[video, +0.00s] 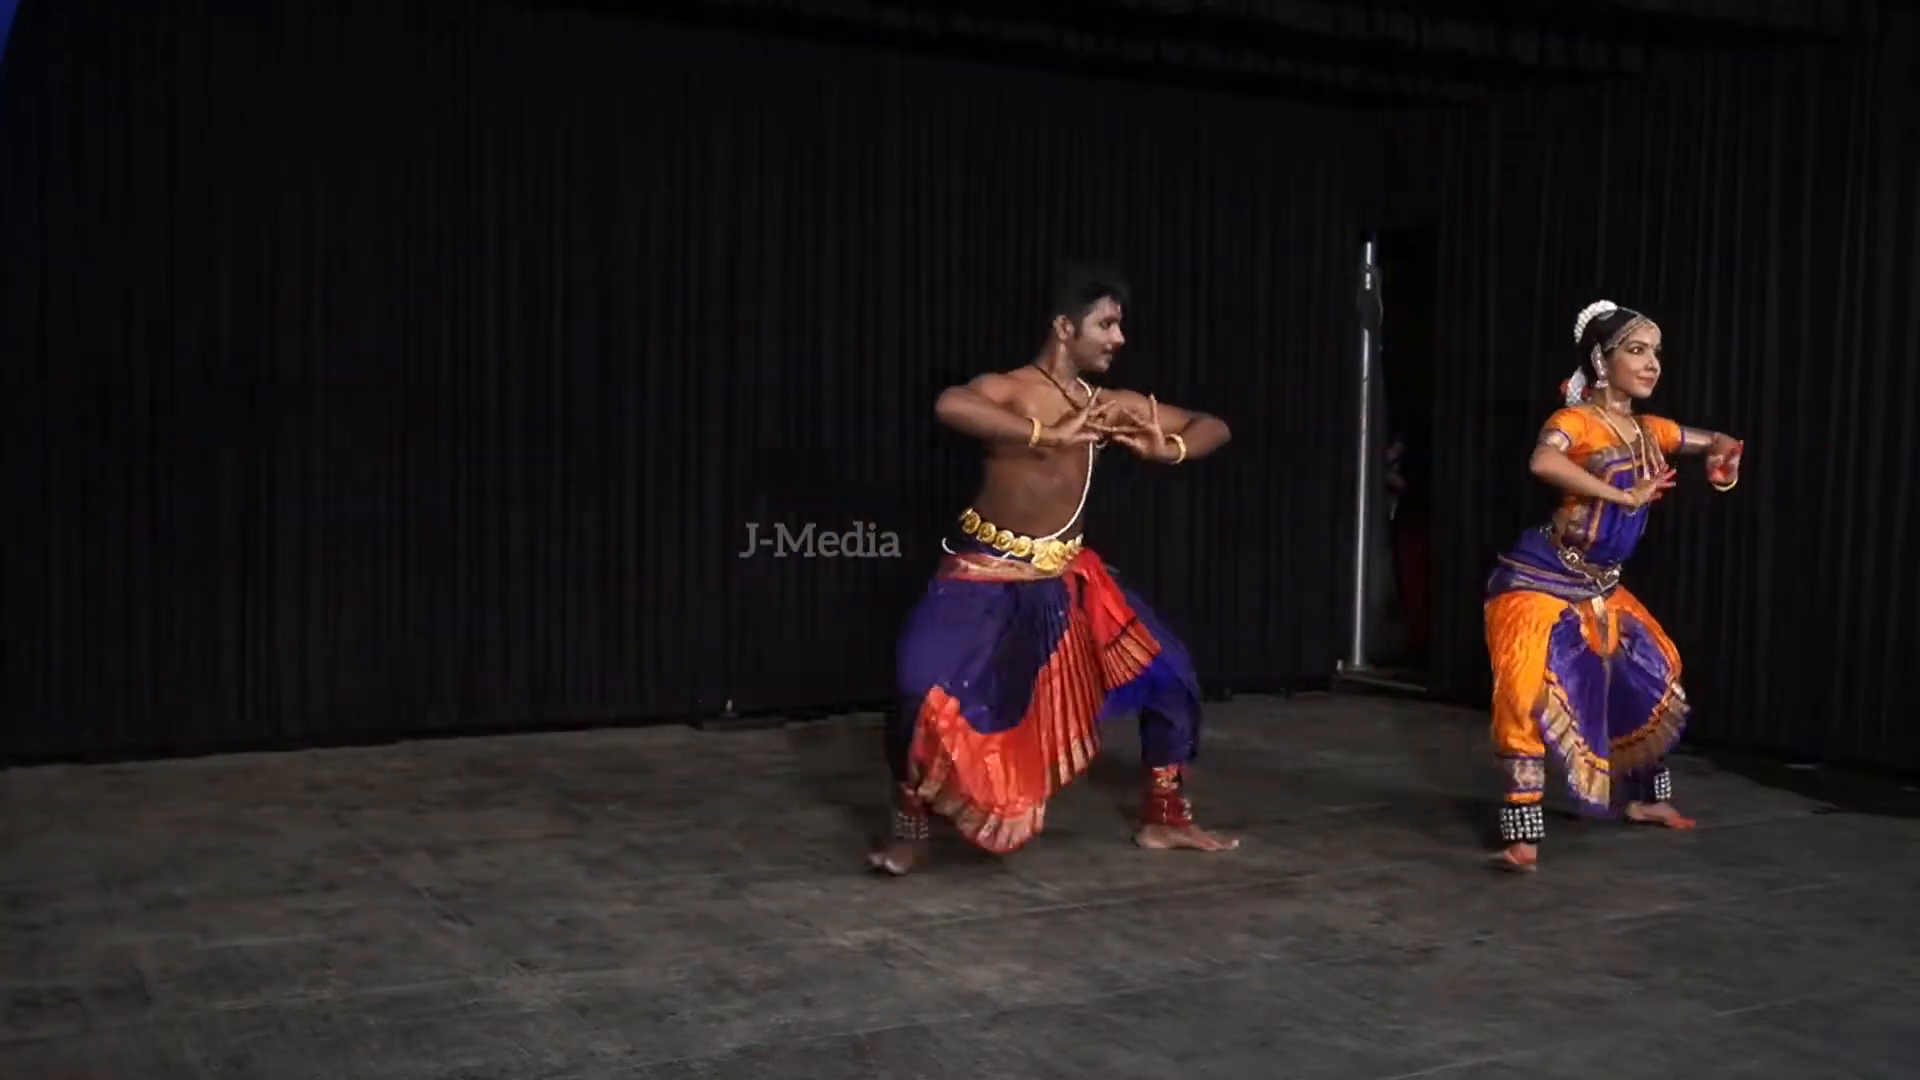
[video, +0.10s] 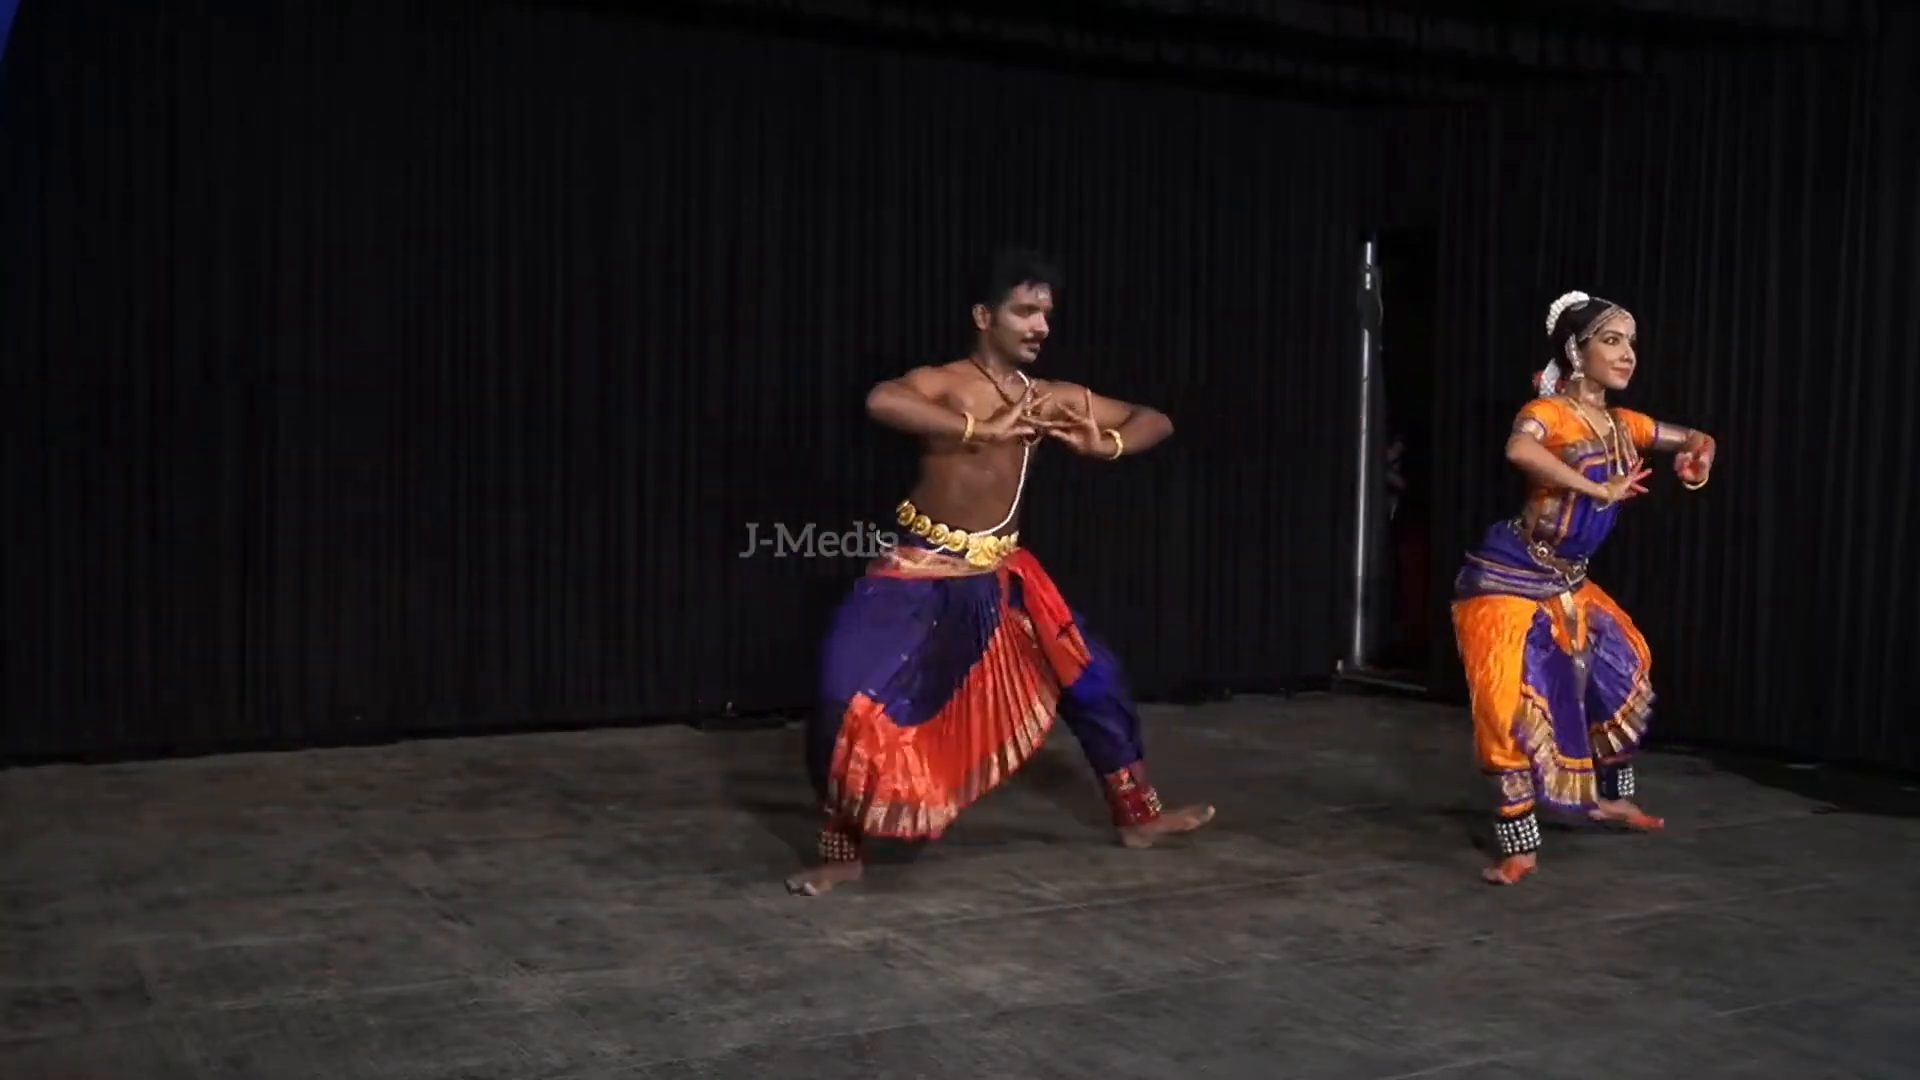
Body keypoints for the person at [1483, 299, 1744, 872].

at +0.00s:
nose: (1651, 362)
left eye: (1656, 352)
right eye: (1637, 350)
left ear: (1658, 364)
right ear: (1602, 360)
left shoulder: (1652, 430)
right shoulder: (1577, 421)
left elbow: (1718, 441)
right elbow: (1544, 462)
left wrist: (1724, 456)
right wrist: (1621, 494)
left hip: (1600, 588)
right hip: (1540, 580)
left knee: (1656, 666)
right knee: (1522, 685)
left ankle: (1647, 795)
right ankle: (1522, 830)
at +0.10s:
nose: (1626, 353)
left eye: (1631, 343)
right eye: (1612, 340)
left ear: (1632, 353)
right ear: (1576, 350)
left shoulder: (1624, 424)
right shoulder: (1548, 412)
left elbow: (1696, 439)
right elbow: (1520, 450)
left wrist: (1699, 455)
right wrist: (1594, 488)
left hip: (1566, 585)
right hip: (1506, 579)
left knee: (1627, 659)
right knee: (1501, 697)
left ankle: (1610, 794)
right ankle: (1520, 840)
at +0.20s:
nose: (1599, 348)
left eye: (1603, 338)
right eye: (1584, 335)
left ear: (1604, 350)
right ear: (1547, 345)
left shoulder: (1597, 421)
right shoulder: (1520, 407)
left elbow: (1667, 434)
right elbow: (1492, 442)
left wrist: (1672, 451)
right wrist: (1569, 480)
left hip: (1538, 584)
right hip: (1477, 580)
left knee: (1602, 670)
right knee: (1490, 706)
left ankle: (1526, 766)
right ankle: (1518, 846)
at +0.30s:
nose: (1568, 342)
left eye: (1572, 332)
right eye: (1553, 329)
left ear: (1572, 344)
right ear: (1515, 342)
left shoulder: (1569, 419)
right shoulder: (1488, 403)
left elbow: (1645, 433)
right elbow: (1459, 438)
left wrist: (1644, 453)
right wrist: (1542, 473)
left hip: (1508, 590)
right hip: (1448, 585)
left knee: (1552, 705)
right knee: (1486, 712)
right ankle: (1516, 848)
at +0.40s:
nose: (1537, 340)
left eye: (1539, 328)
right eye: (1520, 327)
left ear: (1538, 342)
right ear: (1483, 341)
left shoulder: (1538, 420)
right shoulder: (1455, 405)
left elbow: (1619, 435)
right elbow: (1421, 436)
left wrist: (1614, 453)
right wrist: (1505, 468)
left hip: (1480, 592)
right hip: (1420, 584)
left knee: (1494, 717)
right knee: (1459, 716)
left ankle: (1374, 818)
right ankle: (1504, 832)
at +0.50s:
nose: (1507, 336)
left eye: (1509, 325)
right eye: (1491, 324)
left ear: (1506, 341)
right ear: (1453, 338)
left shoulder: (1509, 419)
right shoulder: (1424, 402)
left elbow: (1590, 437)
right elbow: (1387, 434)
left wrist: (1586, 454)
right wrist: (1470, 467)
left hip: (1457, 592)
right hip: (1395, 582)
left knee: (1469, 717)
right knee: (1415, 707)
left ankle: (1358, 827)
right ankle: (1453, 825)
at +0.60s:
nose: (1486, 326)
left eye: (1485, 316)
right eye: (1468, 315)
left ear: (1479, 335)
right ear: (1430, 332)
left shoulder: (1487, 413)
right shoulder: (1403, 395)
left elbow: (1565, 434)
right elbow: (1363, 426)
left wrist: (1563, 450)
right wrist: (1446, 457)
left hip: (1431, 584)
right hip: (1368, 574)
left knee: (1411, 703)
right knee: (1349, 696)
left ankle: (1367, 841)